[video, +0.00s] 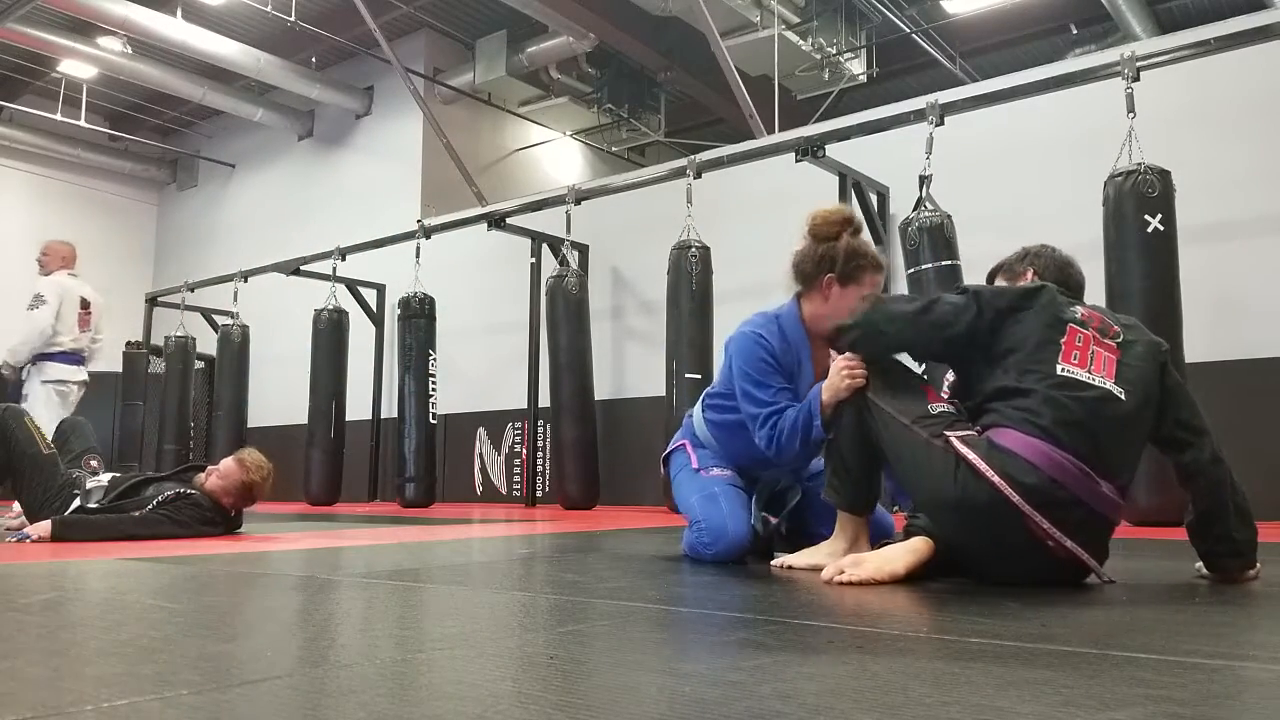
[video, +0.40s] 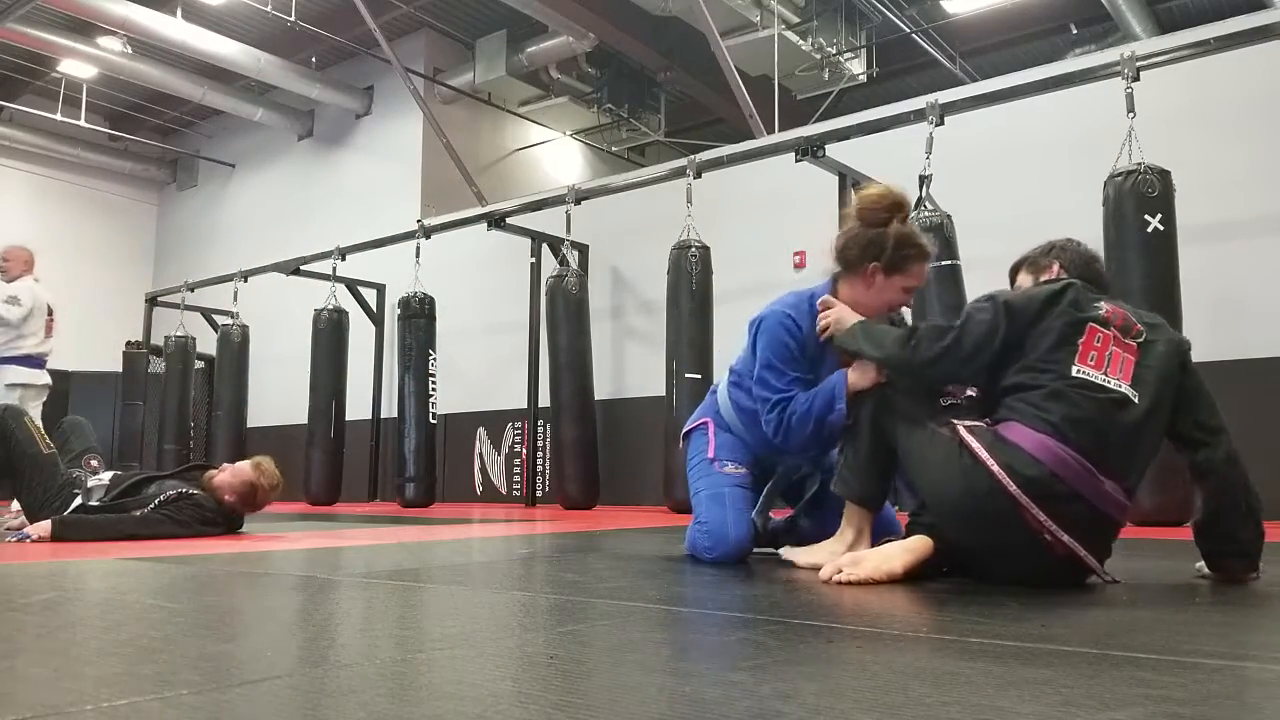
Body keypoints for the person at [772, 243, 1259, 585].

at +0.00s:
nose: (992, 306)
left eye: (998, 295)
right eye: (993, 296)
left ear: (1029, 280)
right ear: (1080, 292)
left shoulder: (1015, 302)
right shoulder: (1148, 349)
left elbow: (880, 319)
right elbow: (1204, 462)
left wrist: (844, 343)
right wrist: (1230, 560)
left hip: (974, 502)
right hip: (1060, 561)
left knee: (862, 370)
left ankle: (846, 538)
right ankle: (913, 550)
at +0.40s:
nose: (1014, 299)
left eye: (1019, 289)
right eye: (1015, 290)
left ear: (1053, 274)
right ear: (1097, 282)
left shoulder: (1037, 302)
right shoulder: (1168, 345)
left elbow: (920, 358)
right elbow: (1220, 462)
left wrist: (855, 328)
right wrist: (1233, 563)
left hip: (975, 496)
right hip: (1059, 559)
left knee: (884, 386)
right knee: (966, 543)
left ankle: (849, 535)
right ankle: (911, 551)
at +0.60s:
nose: (1034, 299)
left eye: (1038, 288)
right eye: (1035, 289)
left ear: (1070, 274)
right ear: (1120, 281)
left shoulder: (1052, 303)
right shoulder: (1193, 342)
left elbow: (928, 383)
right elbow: (1241, 466)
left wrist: (871, 340)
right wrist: (1235, 566)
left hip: (982, 484)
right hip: (1065, 557)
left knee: (916, 399)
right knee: (975, 541)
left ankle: (854, 533)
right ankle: (921, 547)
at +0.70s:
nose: (1041, 305)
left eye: (1044, 294)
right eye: (1041, 295)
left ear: (1072, 277)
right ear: (1124, 280)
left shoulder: (1064, 302)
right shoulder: (1210, 339)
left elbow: (945, 382)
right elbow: (1249, 464)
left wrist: (884, 335)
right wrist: (1236, 567)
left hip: (1010, 476)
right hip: (1104, 553)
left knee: (944, 412)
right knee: (985, 538)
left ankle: (859, 535)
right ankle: (932, 552)